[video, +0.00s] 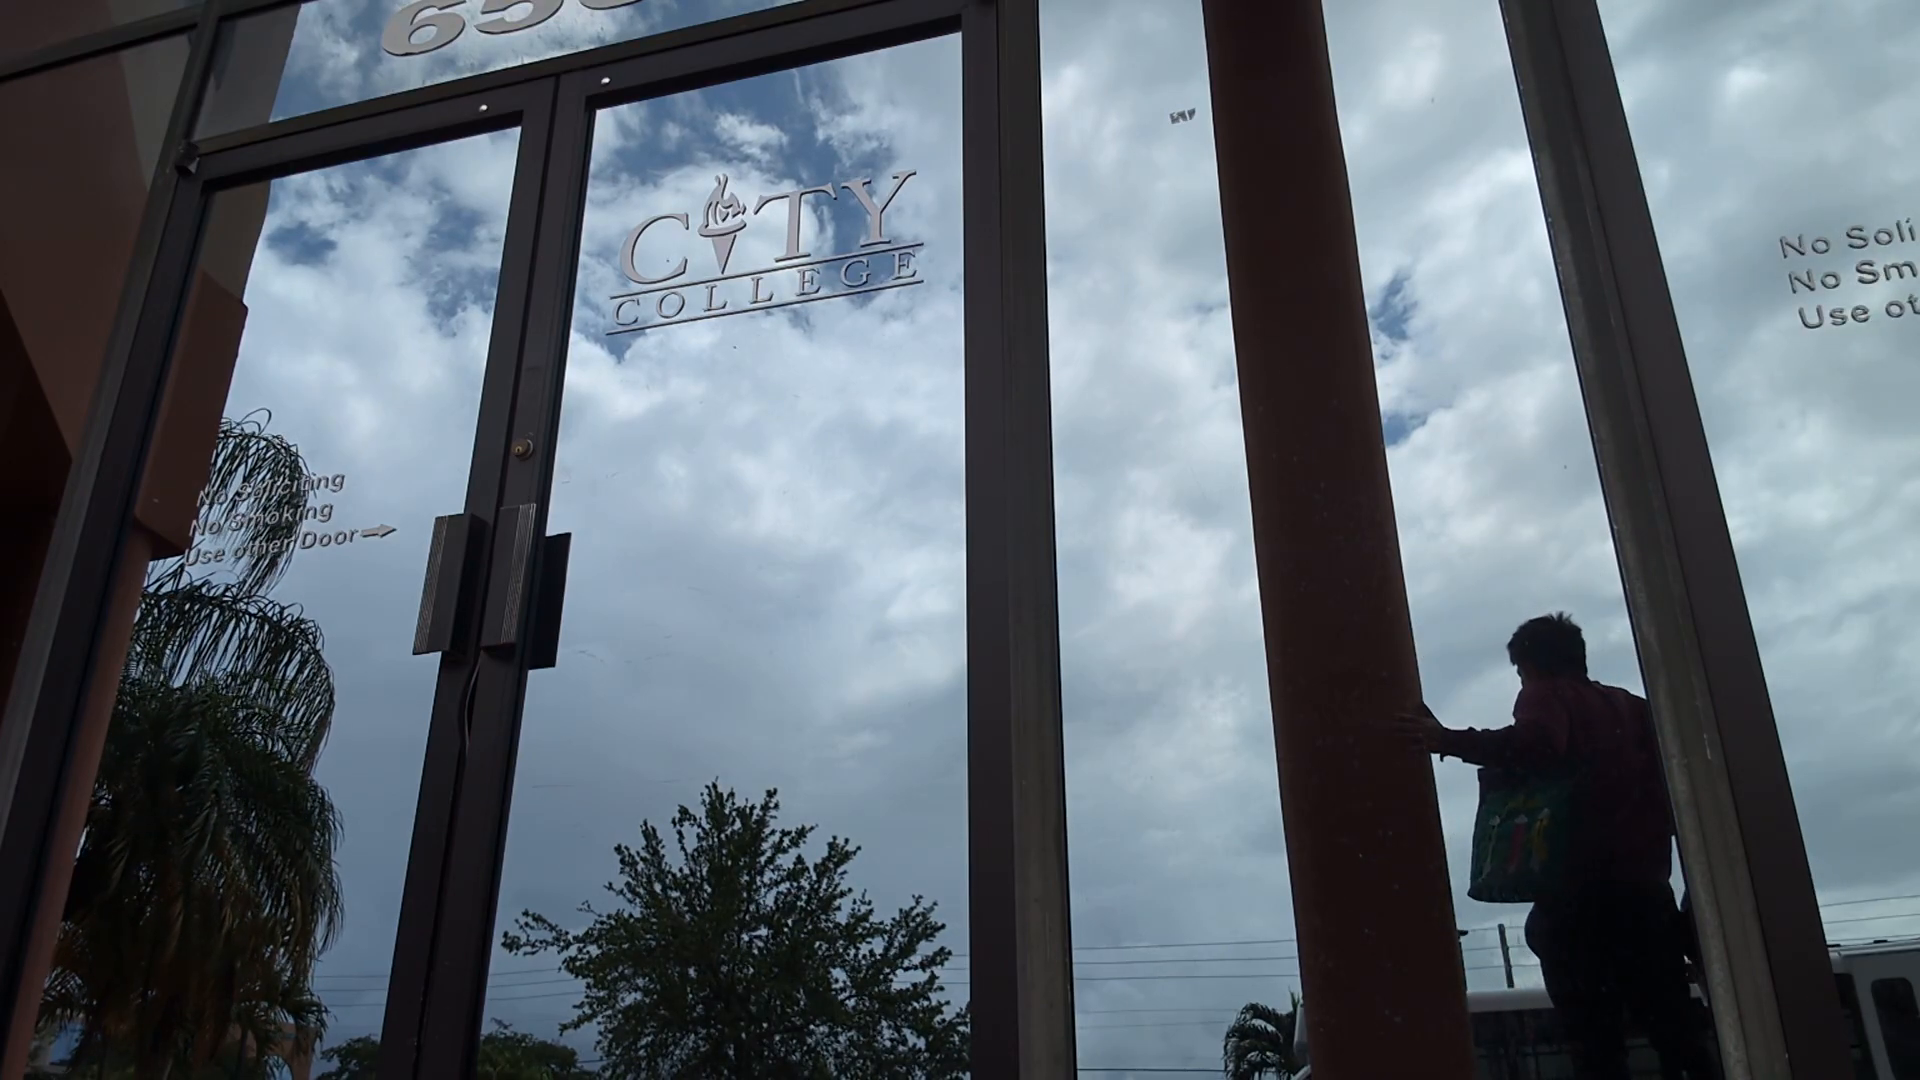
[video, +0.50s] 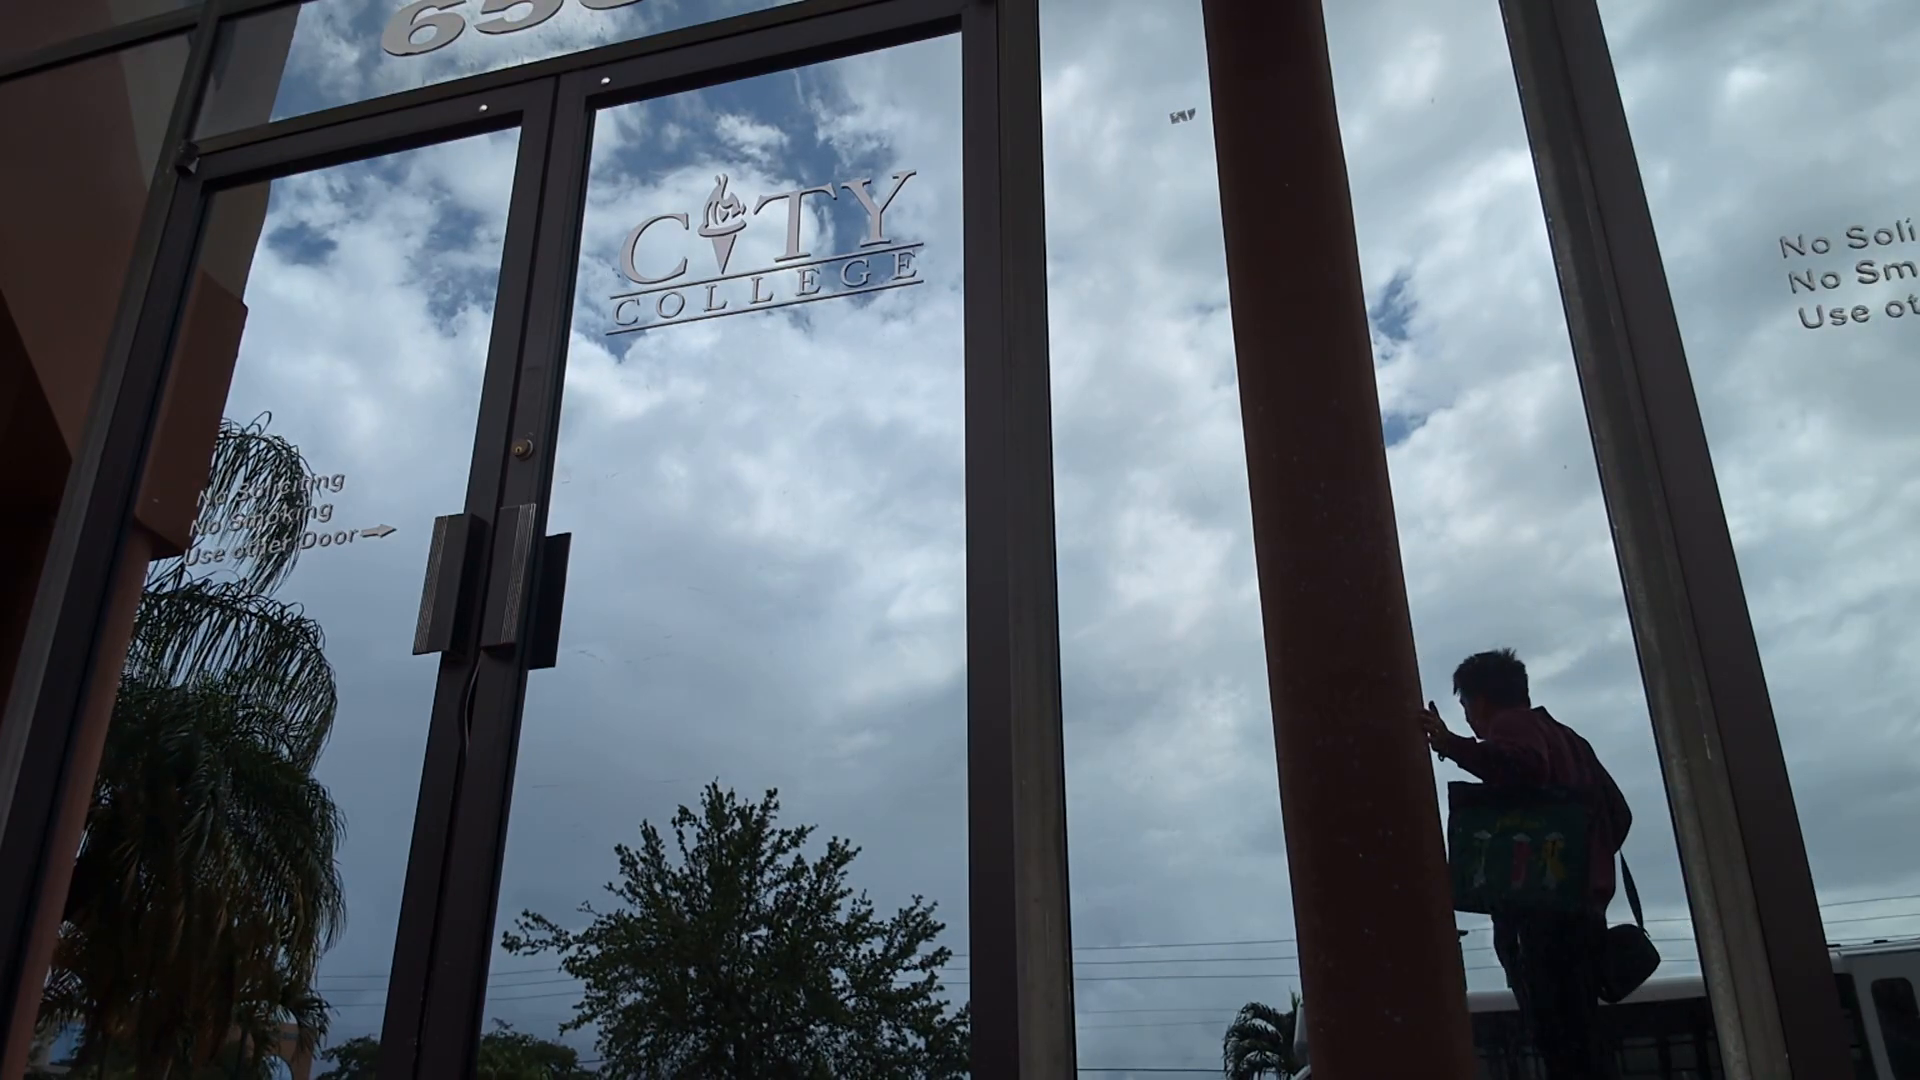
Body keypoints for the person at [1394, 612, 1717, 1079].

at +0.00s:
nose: (1521, 684)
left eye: (1522, 672)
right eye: (1520, 673)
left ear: (1535, 666)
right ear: (1578, 660)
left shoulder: (1542, 697)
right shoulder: (1633, 706)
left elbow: (1539, 744)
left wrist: (1449, 740)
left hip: (1574, 896)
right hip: (1648, 890)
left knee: (1594, 1039)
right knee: (1673, 1023)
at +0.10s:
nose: (1511, 690)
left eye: (1512, 678)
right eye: (1510, 679)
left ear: (1527, 670)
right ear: (1567, 666)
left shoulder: (1535, 702)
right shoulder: (1625, 713)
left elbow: (1538, 745)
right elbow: (1665, 800)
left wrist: (1450, 738)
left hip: (1564, 903)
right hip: (1633, 898)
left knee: (1586, 1041)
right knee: (1657, 1026)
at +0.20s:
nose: (1500, 694)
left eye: (1501, 683)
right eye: (1499, 685)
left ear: (1513, 676)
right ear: (1557, 670)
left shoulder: (1529, 703)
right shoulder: (1611, 719)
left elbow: (1534, 750)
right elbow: (1658, 795)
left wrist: (1448, 737)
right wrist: (1624, 838)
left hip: (1557, 905)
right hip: (1622, 903)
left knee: (1579, 1045)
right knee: (1639, 1034)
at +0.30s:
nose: (1489, 698)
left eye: (1489, 687)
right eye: (1487, 689)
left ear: (1503, 682)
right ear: (1544, 676)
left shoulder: (1523, 708)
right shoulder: (1596, 725)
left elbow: (1535, 754)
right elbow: (1646, 796)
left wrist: (1449, 737)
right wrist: (1610, 841)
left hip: (1551, 903)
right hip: (1607, 902)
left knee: (1570, 1037)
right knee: (1608, 1034)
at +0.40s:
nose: (1478, 706)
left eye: (1477, 695)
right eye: (1475, 696)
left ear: (1491, 689)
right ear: (1529, 682)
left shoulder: (1516, 715)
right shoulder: (1582, 731)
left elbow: (1531, 760)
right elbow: (1631, 804)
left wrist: (1449, 739)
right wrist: (1596, 855)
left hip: (1546, 898)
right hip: (1595, 895)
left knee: (1562, 1026)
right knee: (1589, 1020)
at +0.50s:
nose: (1467, 716)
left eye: (1466, 704)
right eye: (1464, 707)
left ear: (1481, 700)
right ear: (1519, 692)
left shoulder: (1508, 726)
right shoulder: (1571, 741)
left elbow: (1523, 766)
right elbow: (1617, 813)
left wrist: (1450, 743)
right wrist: (1583, 864)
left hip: (1535, 909)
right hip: (1582, 904)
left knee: (1555, 1033)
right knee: (1580, 1027)